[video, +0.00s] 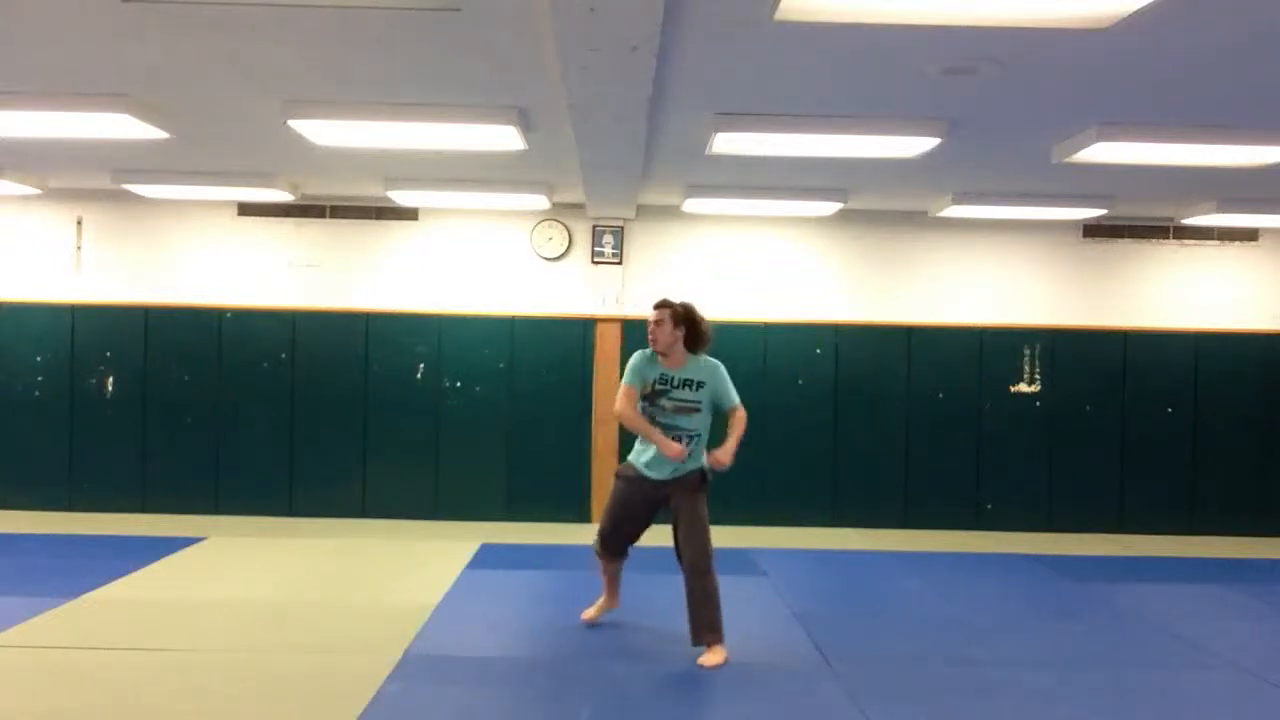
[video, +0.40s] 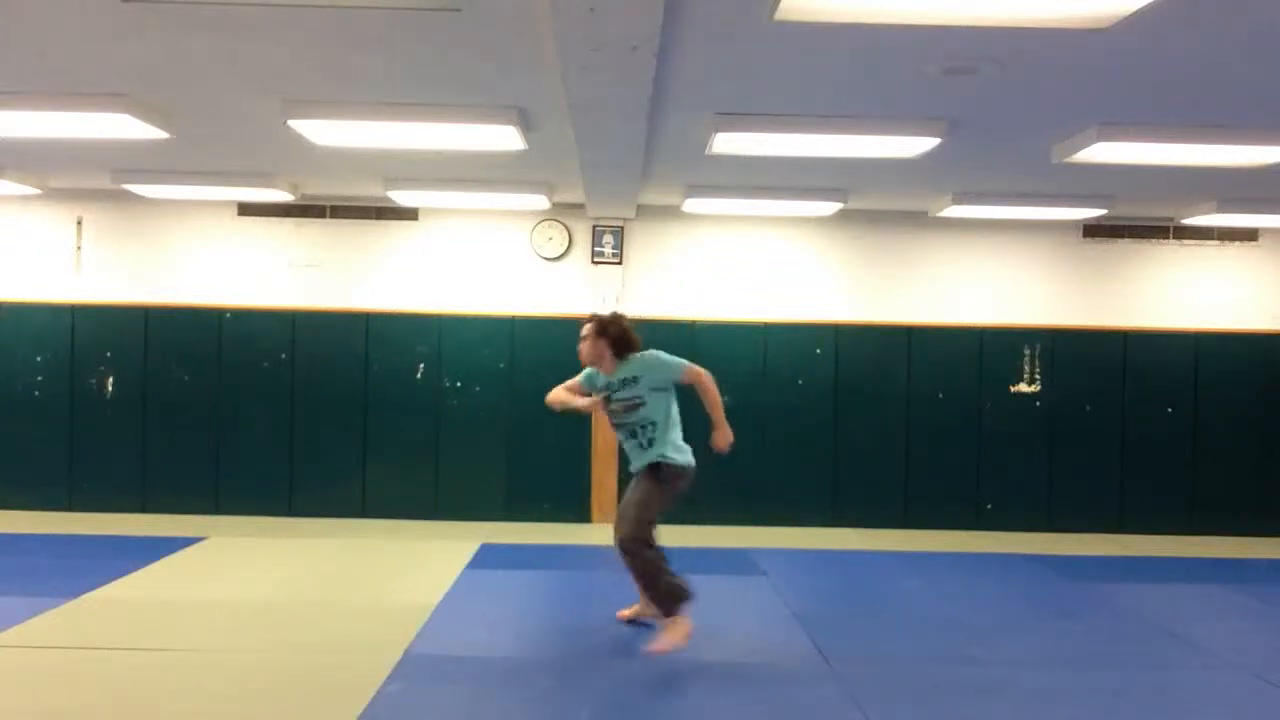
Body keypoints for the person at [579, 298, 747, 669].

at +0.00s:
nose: (651, 330)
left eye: (659, 325)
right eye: (650, 324)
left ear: (681, 331)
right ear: (651, 329)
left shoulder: (711, 370)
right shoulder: (642, 361)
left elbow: (738, 414)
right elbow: (623, 409)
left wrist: (729, 447)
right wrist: (662, 442)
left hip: (688, 475)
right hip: (641, 471)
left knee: (696, 557)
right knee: (608, 542)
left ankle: (713, 643)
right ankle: (609, 597)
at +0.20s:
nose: (623, 340)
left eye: (629, 334)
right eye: (623, 333)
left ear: (651, 339)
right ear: (634, 339)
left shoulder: (691, 372)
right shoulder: (620, 375)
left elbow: (719, 414)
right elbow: (598, 415)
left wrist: (732, 465)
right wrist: (626, 447)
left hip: (686, 478)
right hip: (640, 479)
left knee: (698, 558)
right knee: (621, 548)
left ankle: (714, 644)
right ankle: (645, 605)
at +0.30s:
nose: (600, 341)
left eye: (606, 334)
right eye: (600, 334)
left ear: (626, 339)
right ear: (616, 341)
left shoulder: (671, 368)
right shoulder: (606, 371)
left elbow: (715, 392)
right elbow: (570, 396)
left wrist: (730, 444)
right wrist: (607, 409)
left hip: (674, 467)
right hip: (638, 469)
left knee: (673, 548)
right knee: (628, 543)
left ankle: (706, 633)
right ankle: (648, 610)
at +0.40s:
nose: (579, 345)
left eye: (585, 339)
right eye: (580, 339)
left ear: (607, 344)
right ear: (597, 345)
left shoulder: (649, 363)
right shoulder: (595, 378)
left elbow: (701, 377)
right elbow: (553, 396)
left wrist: (720, 426)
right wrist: (579, 402)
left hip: (670, 463)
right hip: (642, 467)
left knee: (630, 535)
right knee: (630, 533)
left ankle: (677, 617)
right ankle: (651, 601)